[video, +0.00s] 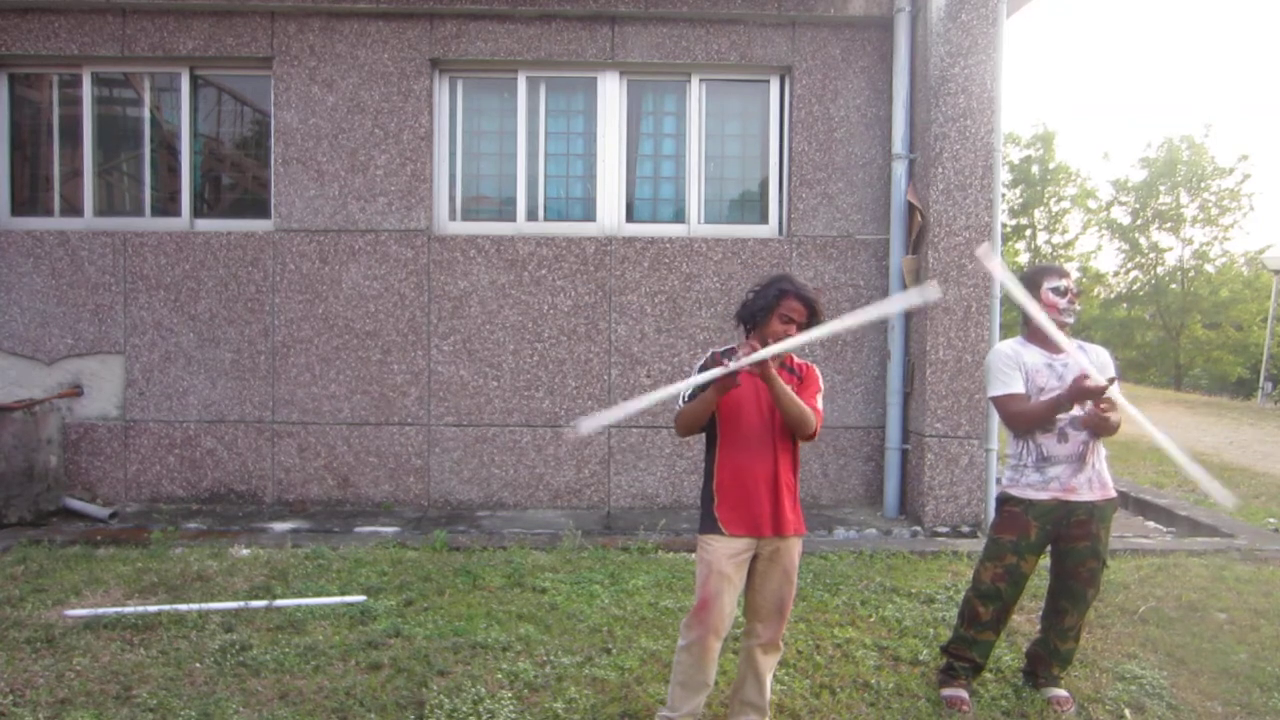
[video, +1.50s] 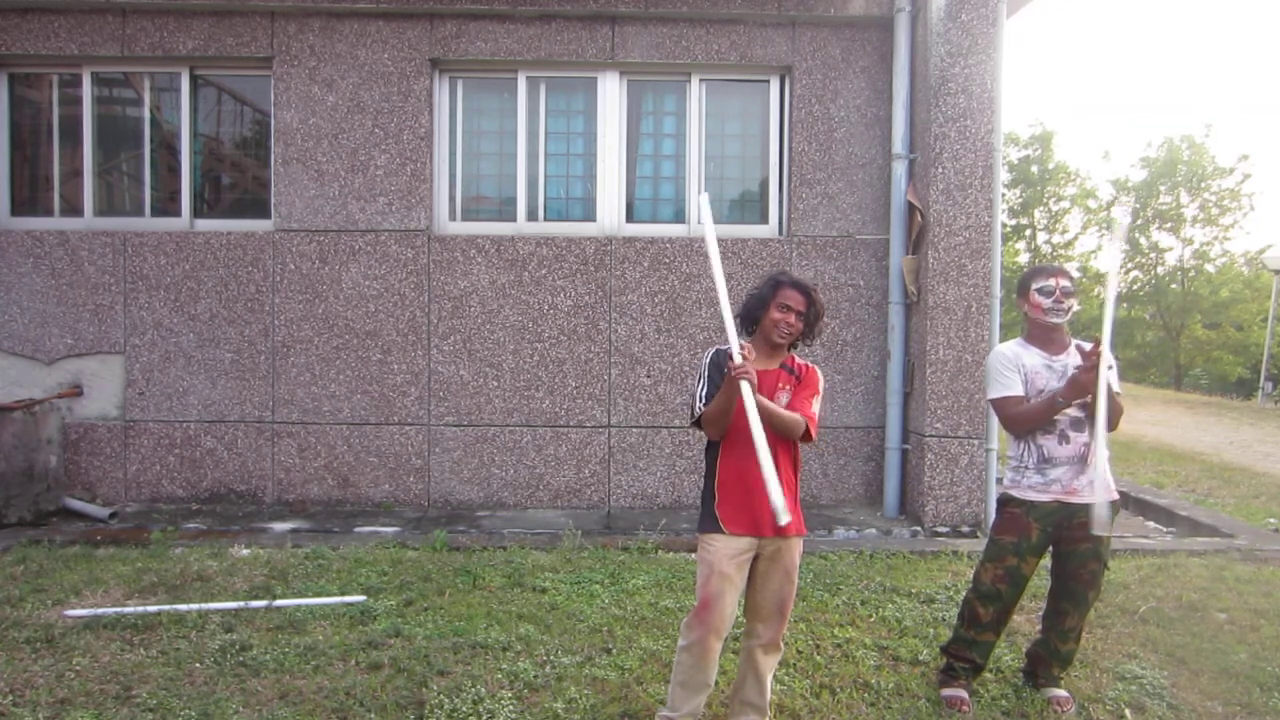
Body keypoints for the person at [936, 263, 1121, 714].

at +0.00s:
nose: (1071, 300)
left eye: (1074, 293)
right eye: (1059, 291)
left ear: (1076, 304)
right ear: (1029, 300)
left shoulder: (1094, 356)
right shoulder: (1006, 355)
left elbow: (1110, 420)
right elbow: (1018, 421)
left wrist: (1103, 421)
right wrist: (1071, 396)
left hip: (1089, 497)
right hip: (1028, 496)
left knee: (1076, 594)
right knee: (994, 585)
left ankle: (1045, 671)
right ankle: (957, 674)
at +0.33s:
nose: (1071, 298)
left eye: (1074, 292)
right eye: (1059, 290)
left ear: (1076, 304)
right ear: (1028, 302)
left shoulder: (1096, 356)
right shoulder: (1006, 355)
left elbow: (1109, 424)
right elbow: (1014, 419)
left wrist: (1092, 405)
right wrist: (1060, 396)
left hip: (1089, 498)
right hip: (1028, 496)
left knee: (1076, 594)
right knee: (993, 586)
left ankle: (1045, 671)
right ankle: (957, 674)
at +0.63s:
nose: (1060, 301)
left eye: (1066, 293)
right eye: (1049, 293)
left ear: (1073, 302)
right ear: (1025, 303)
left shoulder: (1095, 355)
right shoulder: (1005, 356)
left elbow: (1104, 426)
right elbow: (1015, 421)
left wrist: (1098, 402)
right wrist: (1063, 389)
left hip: (1089, 497)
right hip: (1027, 495)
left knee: (1076, 594)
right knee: (994, 586)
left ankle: (1045, 670)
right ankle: (957, 674)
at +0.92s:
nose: (1069, 299)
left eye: (1072, 293)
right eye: (1056, 291)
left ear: (1075, 304)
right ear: (1026, 302)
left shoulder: (1095, 356)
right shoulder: (1005, 357)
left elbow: (1105, 427)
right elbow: (1015, 425)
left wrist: (1105, 404)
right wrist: (1069, 398)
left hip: (1089, 497)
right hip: (1028, 496)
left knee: (1076, 593)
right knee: (994, 585)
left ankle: (1045, 671)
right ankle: (957, 675)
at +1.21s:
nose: (1061, 299)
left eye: (1068, 292)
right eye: (1048, 291)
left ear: (1075, 302)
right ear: (1024, 302)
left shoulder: (1094, 355)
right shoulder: (1005, 356)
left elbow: (1110, 423)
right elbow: (1014, 422)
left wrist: (1101, 390)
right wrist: (1066, 400)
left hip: (1090, 498)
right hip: (1029, 496)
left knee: (1077, 595)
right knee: (994, 586)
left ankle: (1045, 671)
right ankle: (957, 674)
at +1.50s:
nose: (1058, 299)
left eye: (1067, 293)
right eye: (1046, 291)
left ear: (1076, 304)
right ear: (1023, 303)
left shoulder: (1094, 357)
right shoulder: (1006, 356)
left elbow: (1111, 421)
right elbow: (1016, 422)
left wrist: (1098, 375)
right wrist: (1068, 394)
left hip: (1089, 497)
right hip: (1029, 496)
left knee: (1077, 595)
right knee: (994, 586)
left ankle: (1045, 672)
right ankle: (957, 674)